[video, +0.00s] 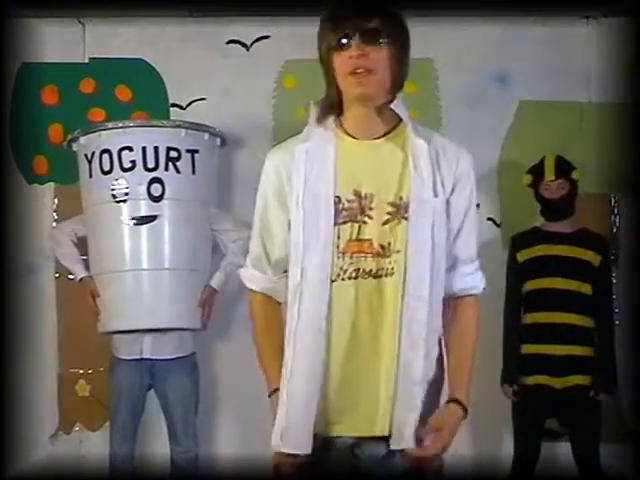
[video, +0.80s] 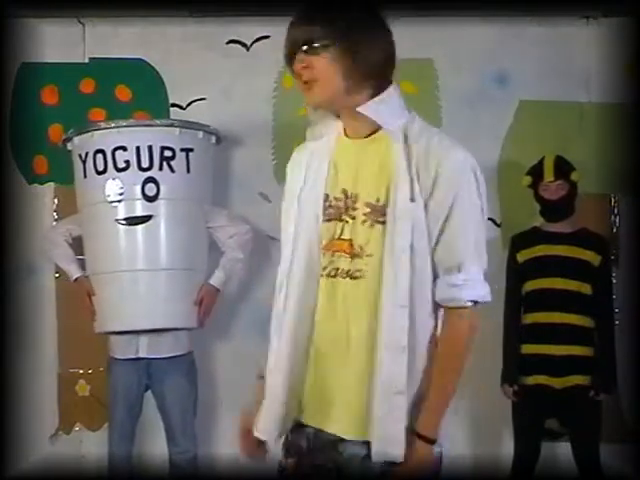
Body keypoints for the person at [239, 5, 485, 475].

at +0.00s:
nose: (357, 54)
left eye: (374, 39)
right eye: (342, 42)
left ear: (400, 54)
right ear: (327, 60)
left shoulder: (448, 164)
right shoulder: (287, 163)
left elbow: (462, 291)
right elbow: (264, 285)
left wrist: (457, 401)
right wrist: (279, 394)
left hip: (408, 425)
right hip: (311, 422)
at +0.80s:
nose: (298, 67)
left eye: (313, 48)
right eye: (294, 54)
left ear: (359, 50)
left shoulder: (443, 164)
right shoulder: (306, 161)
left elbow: (460, 311)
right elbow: (291, 292)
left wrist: (425, 435)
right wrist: (265, 402)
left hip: (389, 435)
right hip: (306, 423)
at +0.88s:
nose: (284, 71)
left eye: (294, 54)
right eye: (286, 57)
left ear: (337, 54)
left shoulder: (430, 156)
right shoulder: (312, 157)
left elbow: (455, 306)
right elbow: (302, 286)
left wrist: (414, 432)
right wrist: (253, 359)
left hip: (387, 440)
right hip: (307, 428)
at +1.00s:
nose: (293, 78)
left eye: (298, 63)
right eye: (295, 64)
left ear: (323, 64)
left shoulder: (413, 147)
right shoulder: (319, 152)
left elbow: (445, 289)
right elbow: (308, 270)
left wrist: (413, 420)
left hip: (384, 432)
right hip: (312, 419)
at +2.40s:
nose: (292, 102)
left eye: (303, 89)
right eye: (291, 92)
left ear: (340, 95)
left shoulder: (387, 171)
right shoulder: (318, 185)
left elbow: (414, 280)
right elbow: (288, 270)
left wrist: (396, 396)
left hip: (380, 414)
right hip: (322, 410)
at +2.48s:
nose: (303, 102)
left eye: (316, 87)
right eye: (296, 93)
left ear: (351, 95)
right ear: (292, 107)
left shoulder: (397, 172)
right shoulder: (306, 191)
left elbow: (424, 284)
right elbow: (284, 291)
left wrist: (382, 383)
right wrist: (250, 368)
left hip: (391, 410)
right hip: (322, 412)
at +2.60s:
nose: (320, 106)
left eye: (332, 91)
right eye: (307, 96)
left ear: (359, 101)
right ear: (297, 111)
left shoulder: (411, 172)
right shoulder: (294, 196)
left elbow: (442, 276)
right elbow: (290, 305)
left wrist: (421, 364)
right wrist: (288, 391)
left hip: (403, 405)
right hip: (328, 410)